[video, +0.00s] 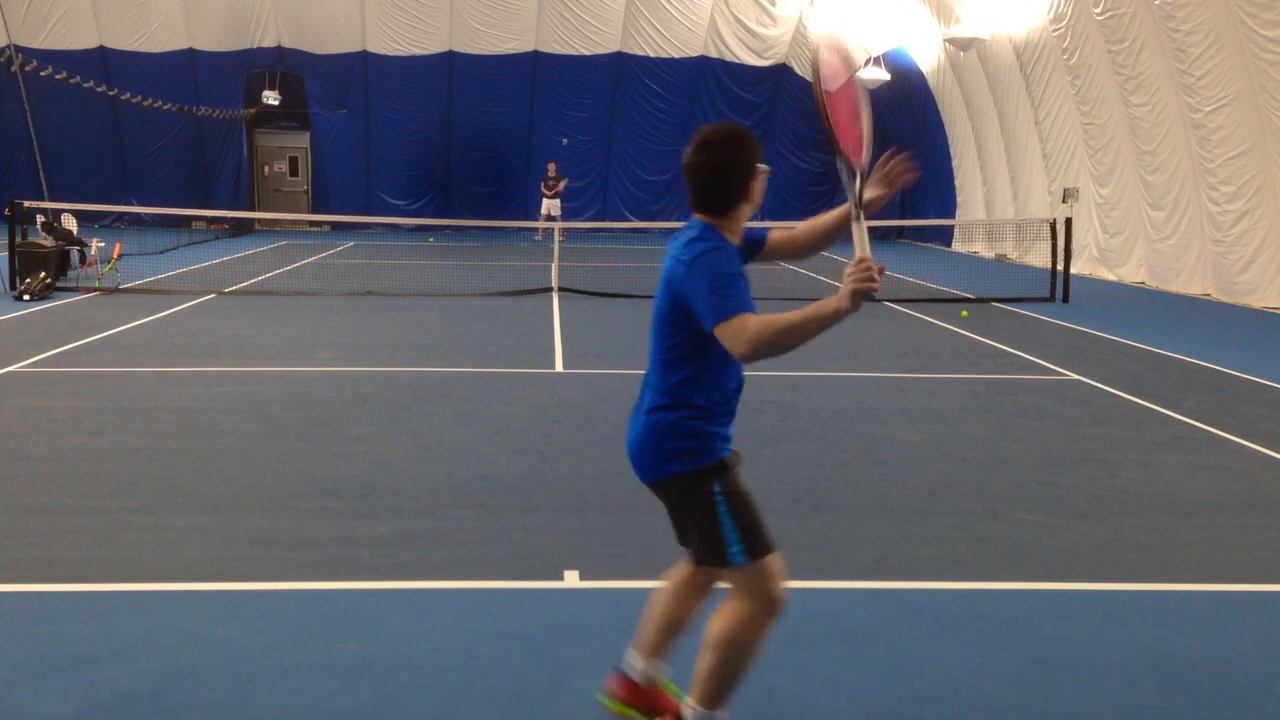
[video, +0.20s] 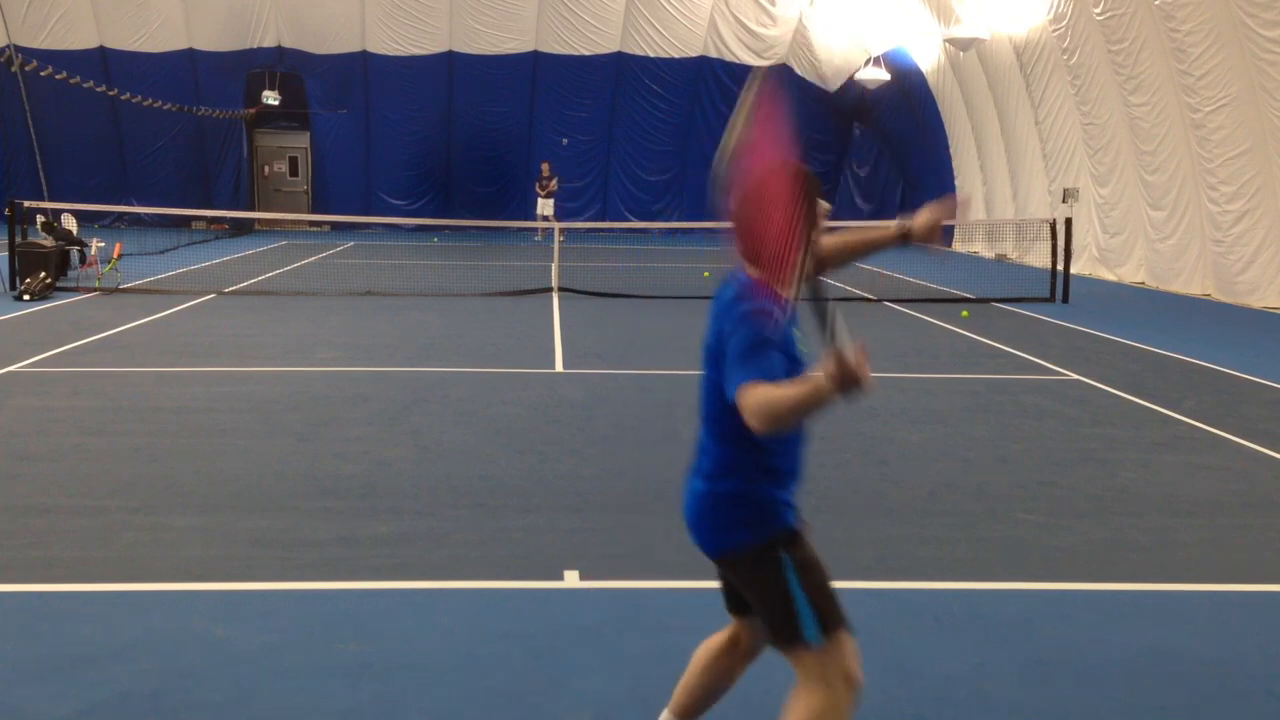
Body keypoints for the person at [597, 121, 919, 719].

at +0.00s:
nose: (766, 174)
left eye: (763, 165)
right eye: (762, 166)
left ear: (699, 185)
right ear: (749, 181)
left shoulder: (714, 237)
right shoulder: (705, 256)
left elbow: (791, 241)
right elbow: (745, 340)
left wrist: (860, 203)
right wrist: (841, 300)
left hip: (671, 436)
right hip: (688, 445)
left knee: (705, 560)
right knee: (762, 593)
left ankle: (637, 675)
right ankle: (700, 711)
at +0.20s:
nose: (826, 224)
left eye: (823, 215)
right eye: (817, 217)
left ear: (769, 227)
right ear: (784, 229)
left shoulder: (758, 286)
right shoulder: (751, 308)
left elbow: (816, 254)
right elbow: (760, 409)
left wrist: (904, 229)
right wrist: (828, 380)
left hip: (729, 506)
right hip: (750, 515)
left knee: (748, 633)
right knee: (834, 679)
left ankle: (672, 715)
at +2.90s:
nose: (422, 199)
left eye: (425, 192)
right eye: (427, 190)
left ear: (428, 202)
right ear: (490, 203)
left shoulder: (451, 282)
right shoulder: (500, 269)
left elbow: (406, 388)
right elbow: (480, 386)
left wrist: (355, 377)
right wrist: (402, 417)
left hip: (475, 472)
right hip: (514, 462)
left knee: (388, 594)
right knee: (497, 576)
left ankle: (377, 712)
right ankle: (574, 690)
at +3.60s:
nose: (231, 187)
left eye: (231, 178)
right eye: (232, 177)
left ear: (239, 184)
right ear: (299, 173)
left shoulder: (285, 242)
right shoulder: (331, 236)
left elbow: (335, 310)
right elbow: (376, 313)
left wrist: (367, 390)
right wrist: (414, 371)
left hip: (270, 436)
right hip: (305, 434)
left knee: (239, 575)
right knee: (272, 554)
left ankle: (322, 702)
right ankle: (274, 678)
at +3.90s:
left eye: (232, 184)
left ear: (235, 195)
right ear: (301, 183)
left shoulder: (256, 252)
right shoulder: (349, 232)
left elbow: (285, 321)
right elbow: (431, 271)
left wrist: (305, 415)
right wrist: (505, 309)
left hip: (309, 446)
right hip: (366, 437)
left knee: (323, 588)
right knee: (312, 554)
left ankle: (345, 711)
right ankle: (298, 668)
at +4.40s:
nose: (343, 174)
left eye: (344, 166)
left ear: (340, 177)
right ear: (406, 180)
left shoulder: (310, 248)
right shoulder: (438, 253)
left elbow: (274, 345)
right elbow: (458, 353)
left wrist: (295, 366)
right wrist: (468, 431)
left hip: (343, 452)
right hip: (422, 450)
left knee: (347, 589)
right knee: (438, 576)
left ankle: (346, 714)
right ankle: (455, 702)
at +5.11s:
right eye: (519, 177)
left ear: (457, 181)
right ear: (517, 186)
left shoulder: (423, 242)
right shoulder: (536, 260)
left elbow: (394, 317)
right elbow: (542, 357)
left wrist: (356, 399)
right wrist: (534, 434)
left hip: (424, 430)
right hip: (495, 434)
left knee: (437, 545)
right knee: (480, 561)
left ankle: (448, 653)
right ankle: (463, 699)